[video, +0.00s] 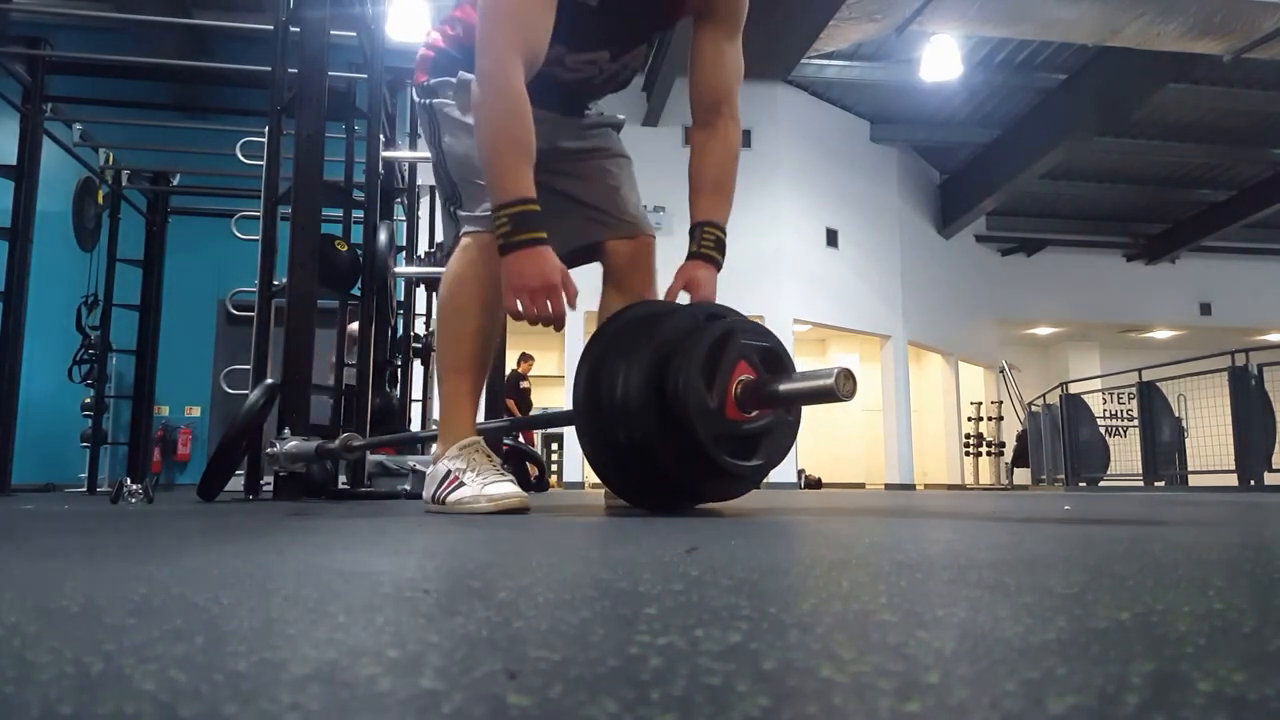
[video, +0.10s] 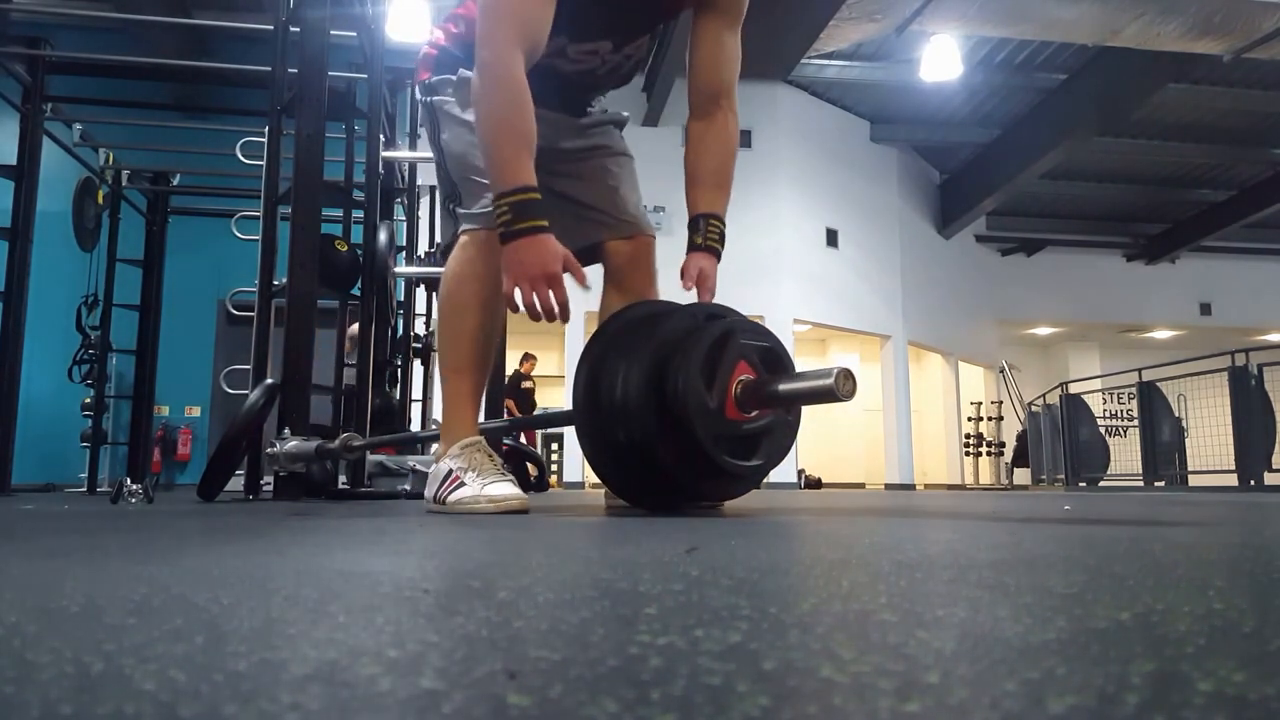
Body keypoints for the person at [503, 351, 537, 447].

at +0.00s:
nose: (530, 368)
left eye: (531, 365)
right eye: (529, 365)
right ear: (521, 363)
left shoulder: (526, 378)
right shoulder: (513, 376)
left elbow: (525, 397)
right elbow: (508, 398)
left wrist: (527, 413)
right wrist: (518, 416)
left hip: (525, 415)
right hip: (513, 416)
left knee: (530, 443)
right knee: (511, 444)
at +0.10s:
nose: (533, 367)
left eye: (534, 365)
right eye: (532, 364)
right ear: (524, 363)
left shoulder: (531, 379)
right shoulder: (515, 376)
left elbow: (530, 397)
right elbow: (508, 399)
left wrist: (531, 410)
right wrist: (517, 415)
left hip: (528, 415)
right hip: (514, 416)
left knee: (532, 444)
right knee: (513, 444)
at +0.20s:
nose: (535, 366)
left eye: (536, 364)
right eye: (533, 363)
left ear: (538, 365)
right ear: (526, 362)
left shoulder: (537, 380)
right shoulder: (518, 377)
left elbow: (537, 398)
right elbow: (509, 397)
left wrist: (536, 413)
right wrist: (517, 414)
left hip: (533, 418)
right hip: (519, 418)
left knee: (535, 447)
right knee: (515, 447)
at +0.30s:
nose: (537, 365)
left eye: (539, 363)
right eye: (535, 362)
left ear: (541, 364)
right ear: (528, 363)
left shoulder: (542, 379)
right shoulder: (520, 378)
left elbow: (544, 398)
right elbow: (511, 396)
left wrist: (544, 413)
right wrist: (518, 413)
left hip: (538, 417)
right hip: (523, 417)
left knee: (538, 447)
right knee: (520, 446)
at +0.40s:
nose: (539, 364)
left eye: (541, 362)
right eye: (537, 361)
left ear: (543, 363)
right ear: (531, 362)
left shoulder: (546, 379)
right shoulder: (523, 377)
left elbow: (551, 397)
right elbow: (514, 396)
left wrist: (556, 411)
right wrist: (520, 413)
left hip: (542, 417)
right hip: (526, 417)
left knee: (541, 448)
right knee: (525, 446)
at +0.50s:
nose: (540, 363)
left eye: (542, 361)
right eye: (538, 360)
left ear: (545, 362)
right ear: (533, 361)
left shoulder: (549, 377)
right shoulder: (524, 377)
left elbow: (557, 396)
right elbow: (516, 396)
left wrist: (563, 409)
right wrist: (520, 412)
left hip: (544, 417)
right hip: (528, 417)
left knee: (541, 449)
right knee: (529, 447)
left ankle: (542, 474)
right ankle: (529, 473)